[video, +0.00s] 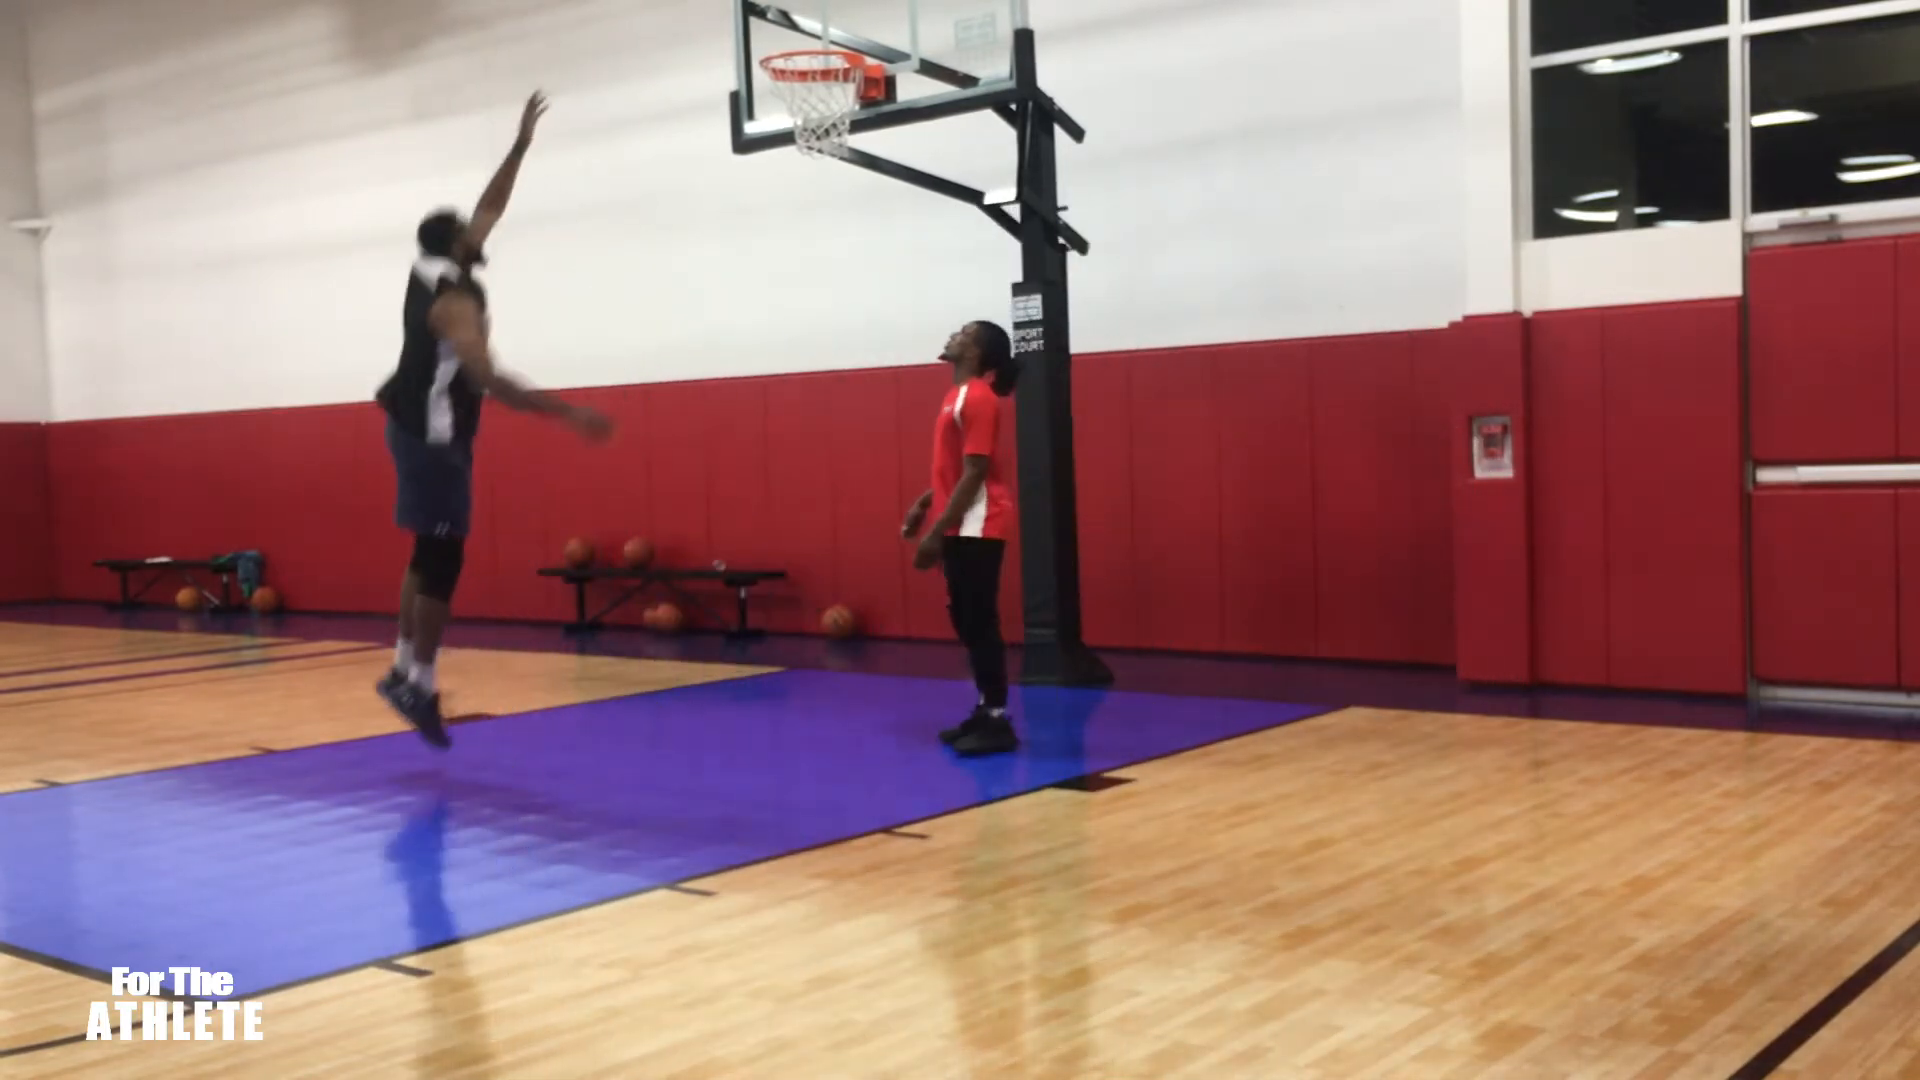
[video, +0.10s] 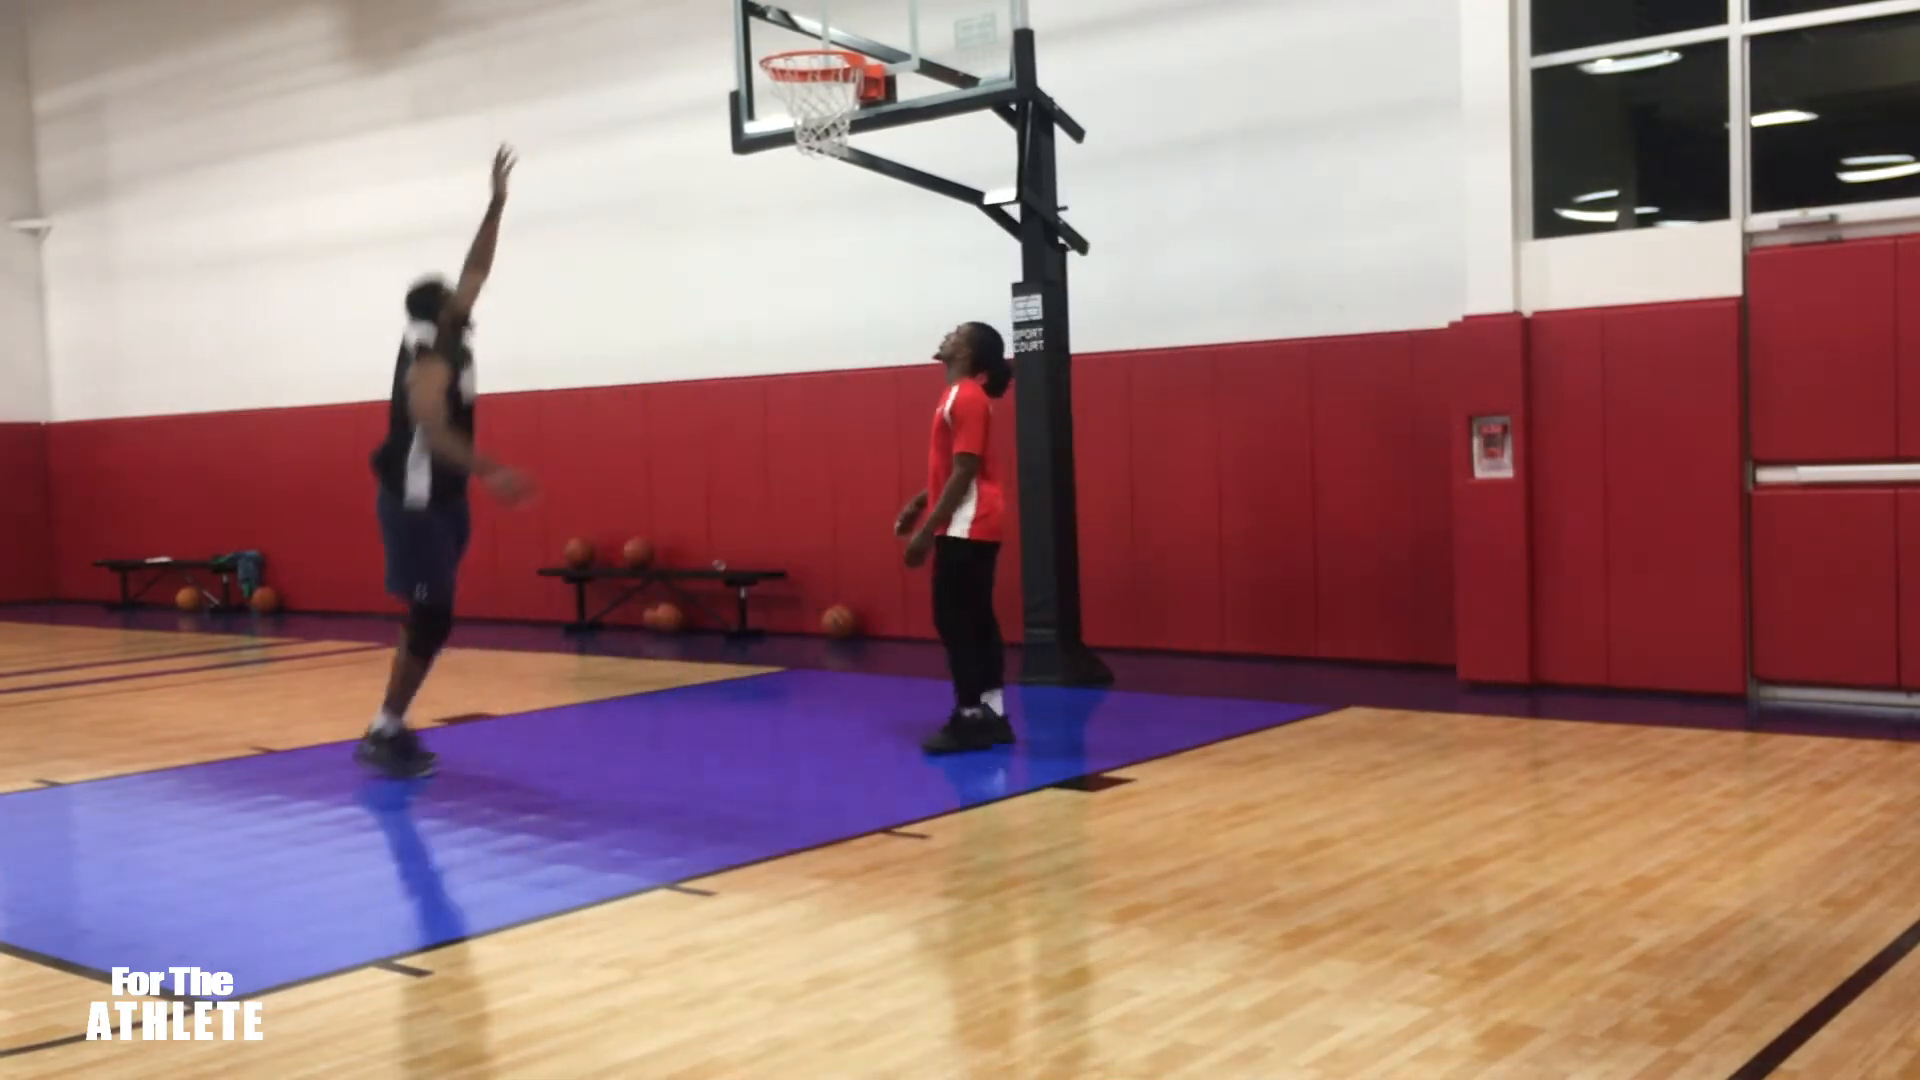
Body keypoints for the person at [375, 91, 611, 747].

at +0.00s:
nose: (477, 234)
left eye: (472, 230)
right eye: (470, 233)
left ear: (439, 243)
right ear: (456, 246)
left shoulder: (434, 265)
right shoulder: (456, 299)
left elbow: (490, 207)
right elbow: (484, 375)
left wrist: (521, 145)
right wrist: (567, 412)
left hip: (415, 422)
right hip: (438, 433)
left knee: (431, 548)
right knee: (445, 554)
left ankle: (405, 669)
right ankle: (419, 682)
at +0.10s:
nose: (461, 305)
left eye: (458, 300)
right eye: (453, 301)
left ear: (435, 312)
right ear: (436, 313)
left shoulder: (446, 333)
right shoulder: (429, 360)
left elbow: (476, 268)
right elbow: (433, 432)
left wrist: (495, 204)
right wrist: (491, 469)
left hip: (433, 496)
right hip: (416, 500)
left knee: (431, 617)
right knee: (430, 618)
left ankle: (391, 724)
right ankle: (385, 728)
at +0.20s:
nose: (457, 336)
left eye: (451, 330)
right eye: (447, 334)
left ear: (433, 350)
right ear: (431, 351)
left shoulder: (448, 382)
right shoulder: (415, 410)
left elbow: (474, 313)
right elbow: (389, 471)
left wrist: (492, 247)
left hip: (434, 542)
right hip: (416, 545)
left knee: (444, 634)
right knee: (466, 634)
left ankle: (385, 733)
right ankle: (392, 730)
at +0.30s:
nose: (451, 328)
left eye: (445, 321)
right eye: (443, 324)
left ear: (424, 340)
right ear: (424, 340)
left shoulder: (439, 376)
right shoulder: (397, 401)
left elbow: (476, 311)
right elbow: (362, 475)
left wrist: (511, 250)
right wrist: (330, 543)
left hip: (432, 532)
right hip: (418, 536)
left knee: (435, 631)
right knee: (480, 618)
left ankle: (383, 732)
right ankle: (416, 719)